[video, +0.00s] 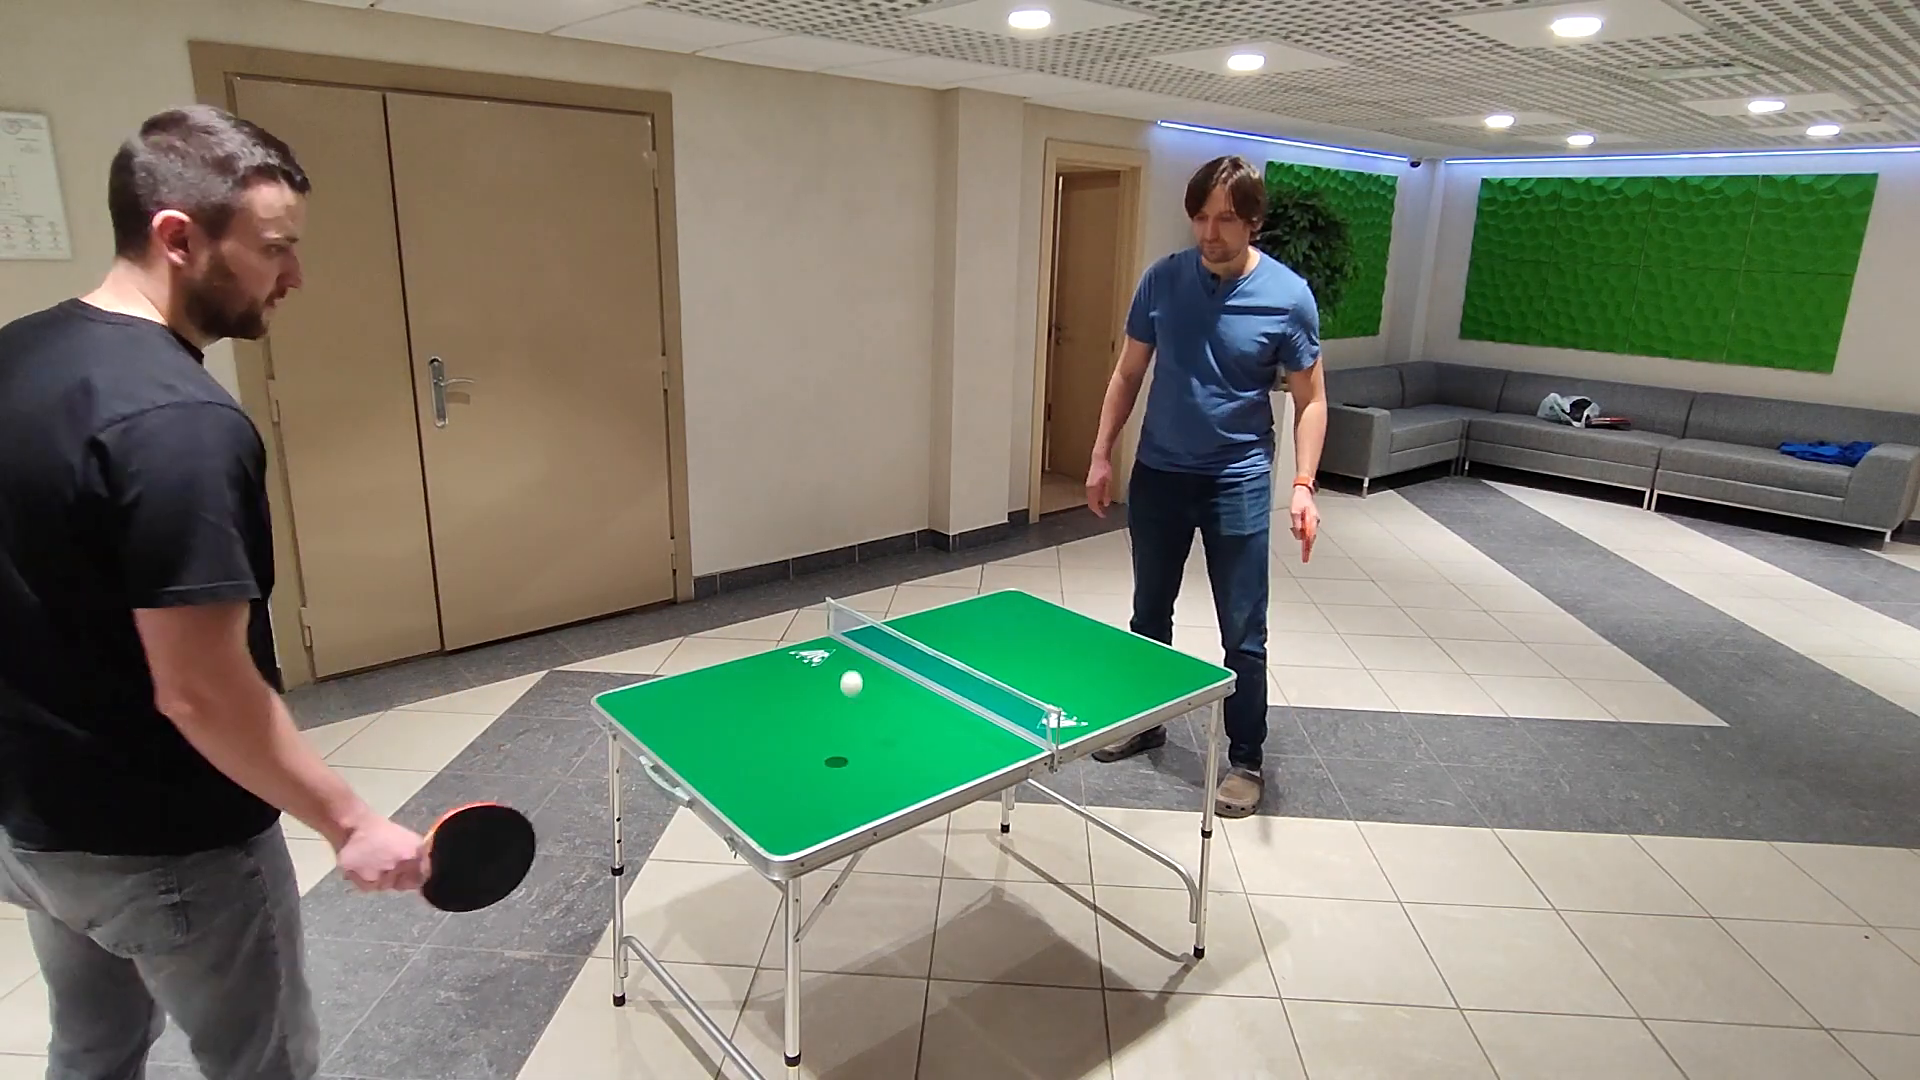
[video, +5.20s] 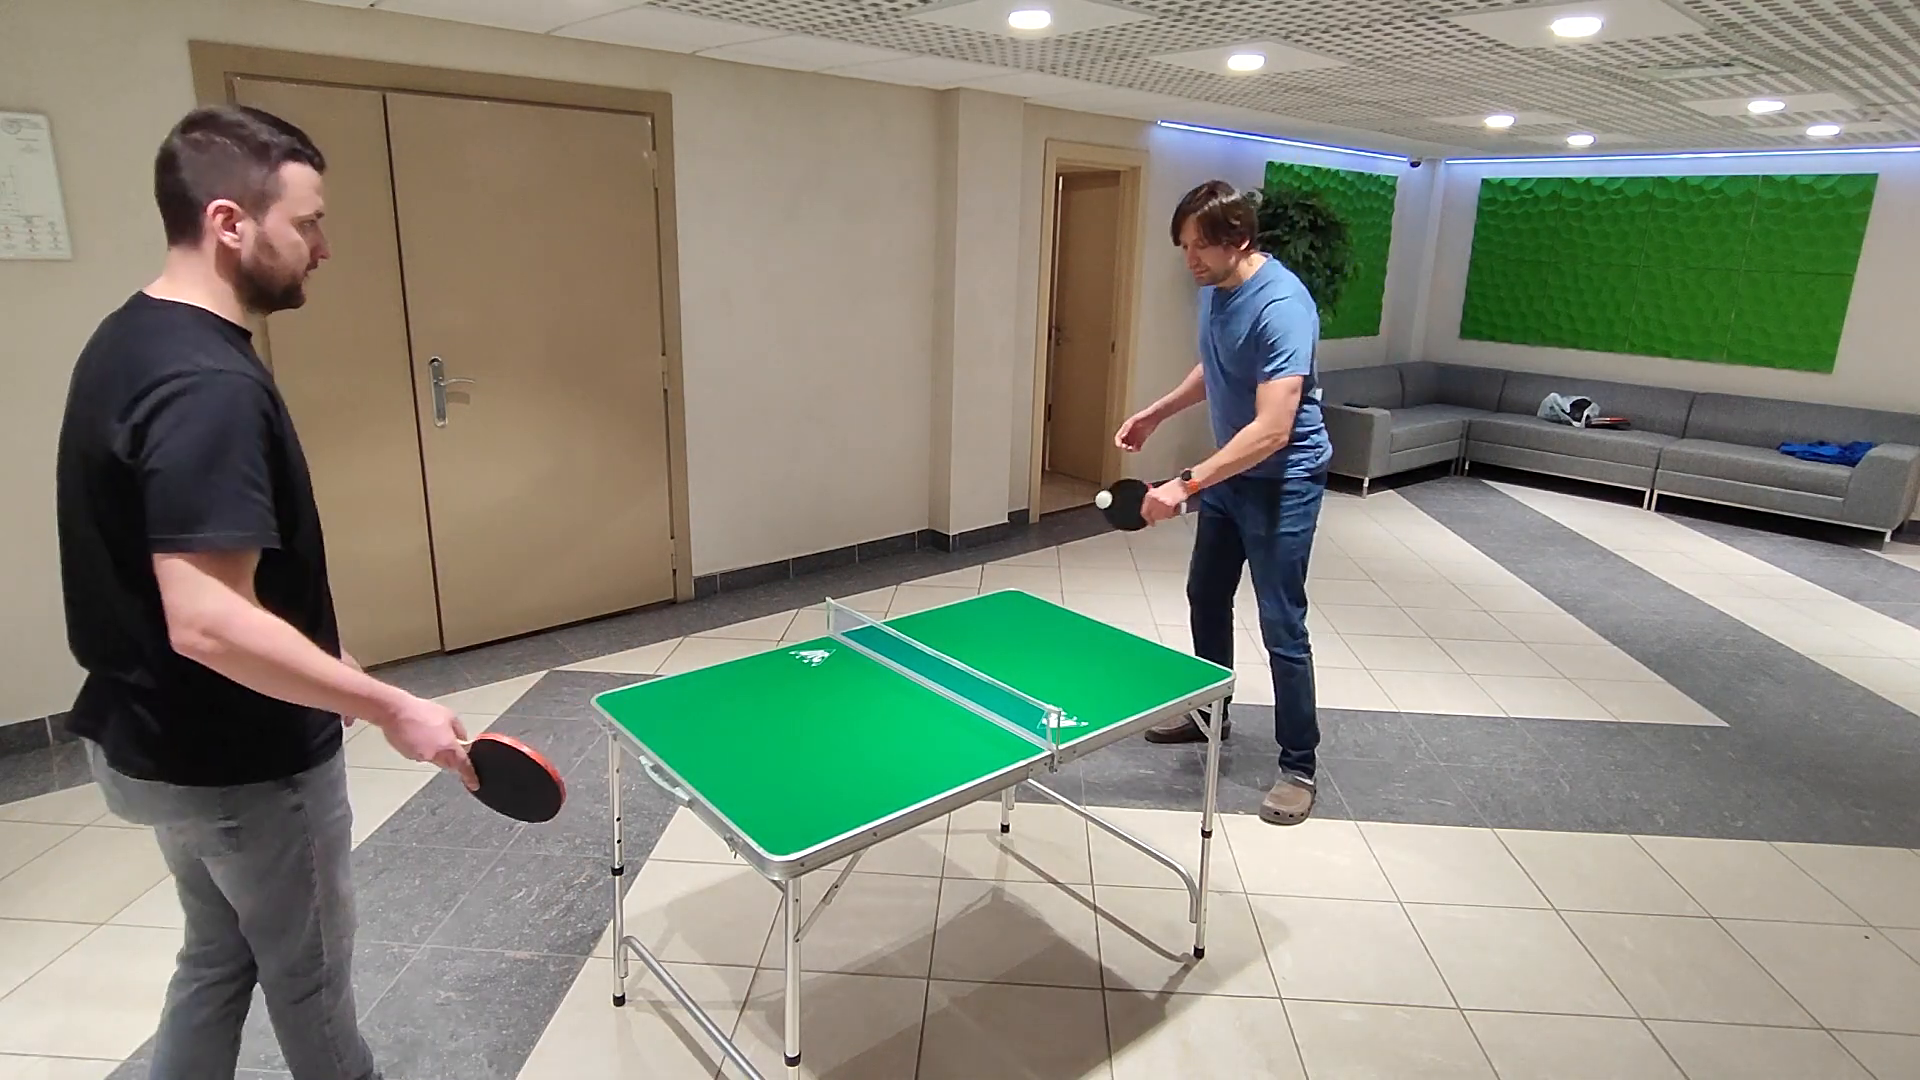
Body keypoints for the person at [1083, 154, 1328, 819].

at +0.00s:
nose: (1210, 231)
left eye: (1226, 219)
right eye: (1202, 217)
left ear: (1254, 221)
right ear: (1191, 215)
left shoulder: (1289, 296)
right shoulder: (1164, 278)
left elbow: (1310, 397)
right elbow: (1128, 371)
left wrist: (1304, 487)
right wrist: (1101, 454)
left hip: (1239, 480)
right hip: (1159, 473)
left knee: (1242, 635)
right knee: (1148, 613)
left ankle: (1244, 764)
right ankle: (1140, 721)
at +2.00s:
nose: (1244, 220)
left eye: (1257, 208)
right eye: (1236, 209)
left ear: (1289, 210)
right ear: (1229, 215)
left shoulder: (1340, 280)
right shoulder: (1212, 284)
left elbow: (1364, 390)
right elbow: (1174, 378)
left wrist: (1381, 480)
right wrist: (1144, 438)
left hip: (1302, 477)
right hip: (1221, 475)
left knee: (1286, 629)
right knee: (1216, 615)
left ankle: (1264, 762)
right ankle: (1209, 723)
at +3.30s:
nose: (1225, 222)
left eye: (1237, 208)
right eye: (1212, 207)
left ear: (1252, 207)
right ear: (1187, 206)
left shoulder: (1272, 278)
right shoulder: (1150, 285)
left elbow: (1314, 369)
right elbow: (1125, 401)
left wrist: (1346, 383)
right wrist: (1194, 414)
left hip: (1243, 486)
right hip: (1161, 489)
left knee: (1261, 633)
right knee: (1153, 634)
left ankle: (1260, 765)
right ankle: (1151, 761)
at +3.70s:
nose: (1250, 219)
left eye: (1258, 205)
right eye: (1238, 206)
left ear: (1264, 207)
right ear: (1199, 206)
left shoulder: (1277, 289)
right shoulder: (1147, 282)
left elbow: (1286, 396)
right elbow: (1110, 383)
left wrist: (1304, 452)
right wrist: (1147, 420)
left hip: (1235, 487)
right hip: (1154, 486)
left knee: (1253, 642)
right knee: (1148, 634)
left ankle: (1253, 766)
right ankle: (1149, 763)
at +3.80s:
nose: (1245, 220)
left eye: (1254, 206)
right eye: (1232, 207)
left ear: (1264, 207)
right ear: (1201, 208)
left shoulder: (1285, 291)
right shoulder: (1153, 279)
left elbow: (1275, 407)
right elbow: (1115, 377)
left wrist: (1235, 485)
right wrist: (1140, 424)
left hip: (1240, 485)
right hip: (1157, 483)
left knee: (1256, 640)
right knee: (1149, 628)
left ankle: (1253, 766)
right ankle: (1150, 761)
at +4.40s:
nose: (1252, 225)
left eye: (1267, 213)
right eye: (1247, 212)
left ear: (1304, 217)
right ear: (1243, 216)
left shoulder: (1346, 293)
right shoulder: (1233, 280)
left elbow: (1362, 415)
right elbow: (1214, 379)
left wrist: (1274, 483)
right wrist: (1176, 424)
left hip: (1303, 495)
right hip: (1226, 483)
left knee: (1305, 648)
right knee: (1187, 628)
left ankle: (1298, 775)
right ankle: (1153, 755)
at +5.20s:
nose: (1188, 260)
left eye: (1196, 247)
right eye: (1185, 248)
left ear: (1235, 241)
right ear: (1214, 244)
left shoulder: (1281, 308)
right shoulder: (1220, 289)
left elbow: (1272, 430)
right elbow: (1216, 369)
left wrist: (1187, 484)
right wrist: (1154, 415)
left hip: (1281, 484)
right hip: (1225, 477)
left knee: (1282, 626)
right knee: (1207, 597)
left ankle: (1298, 770)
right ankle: (1209, 710)